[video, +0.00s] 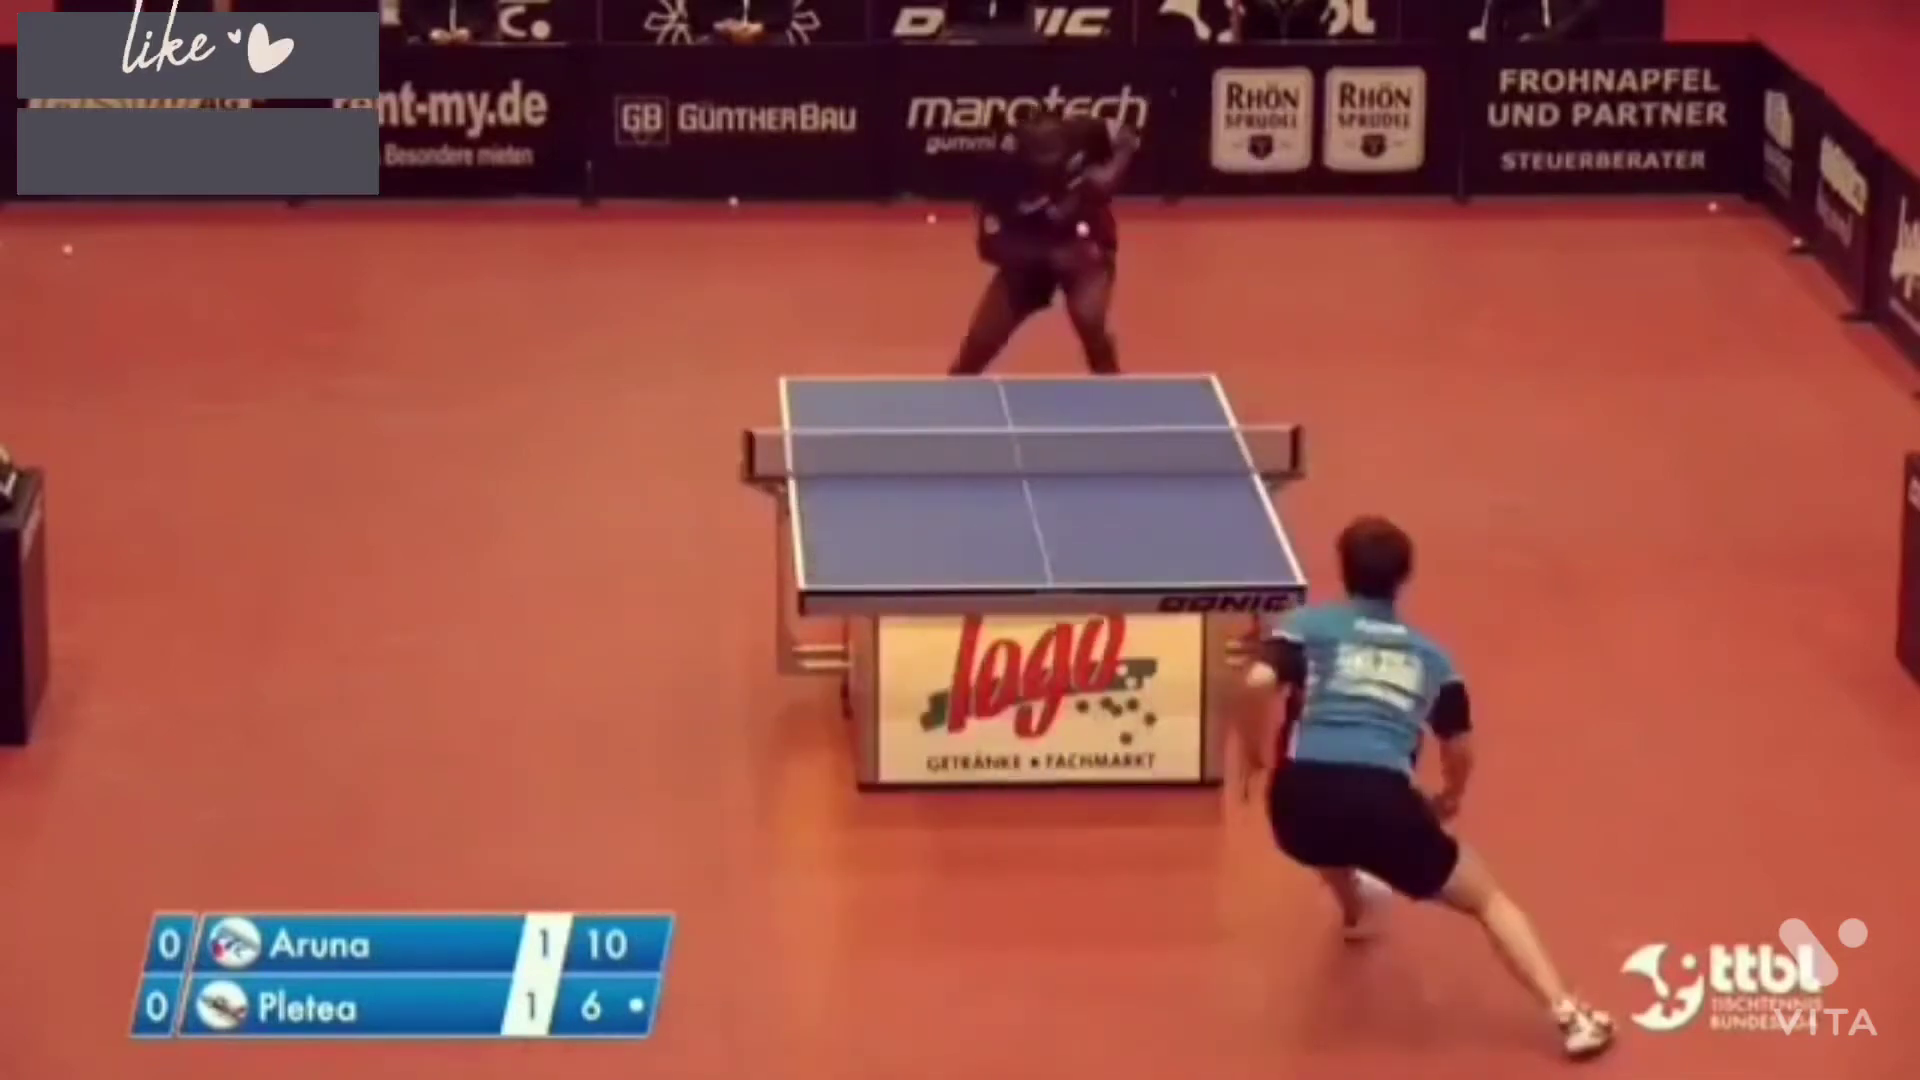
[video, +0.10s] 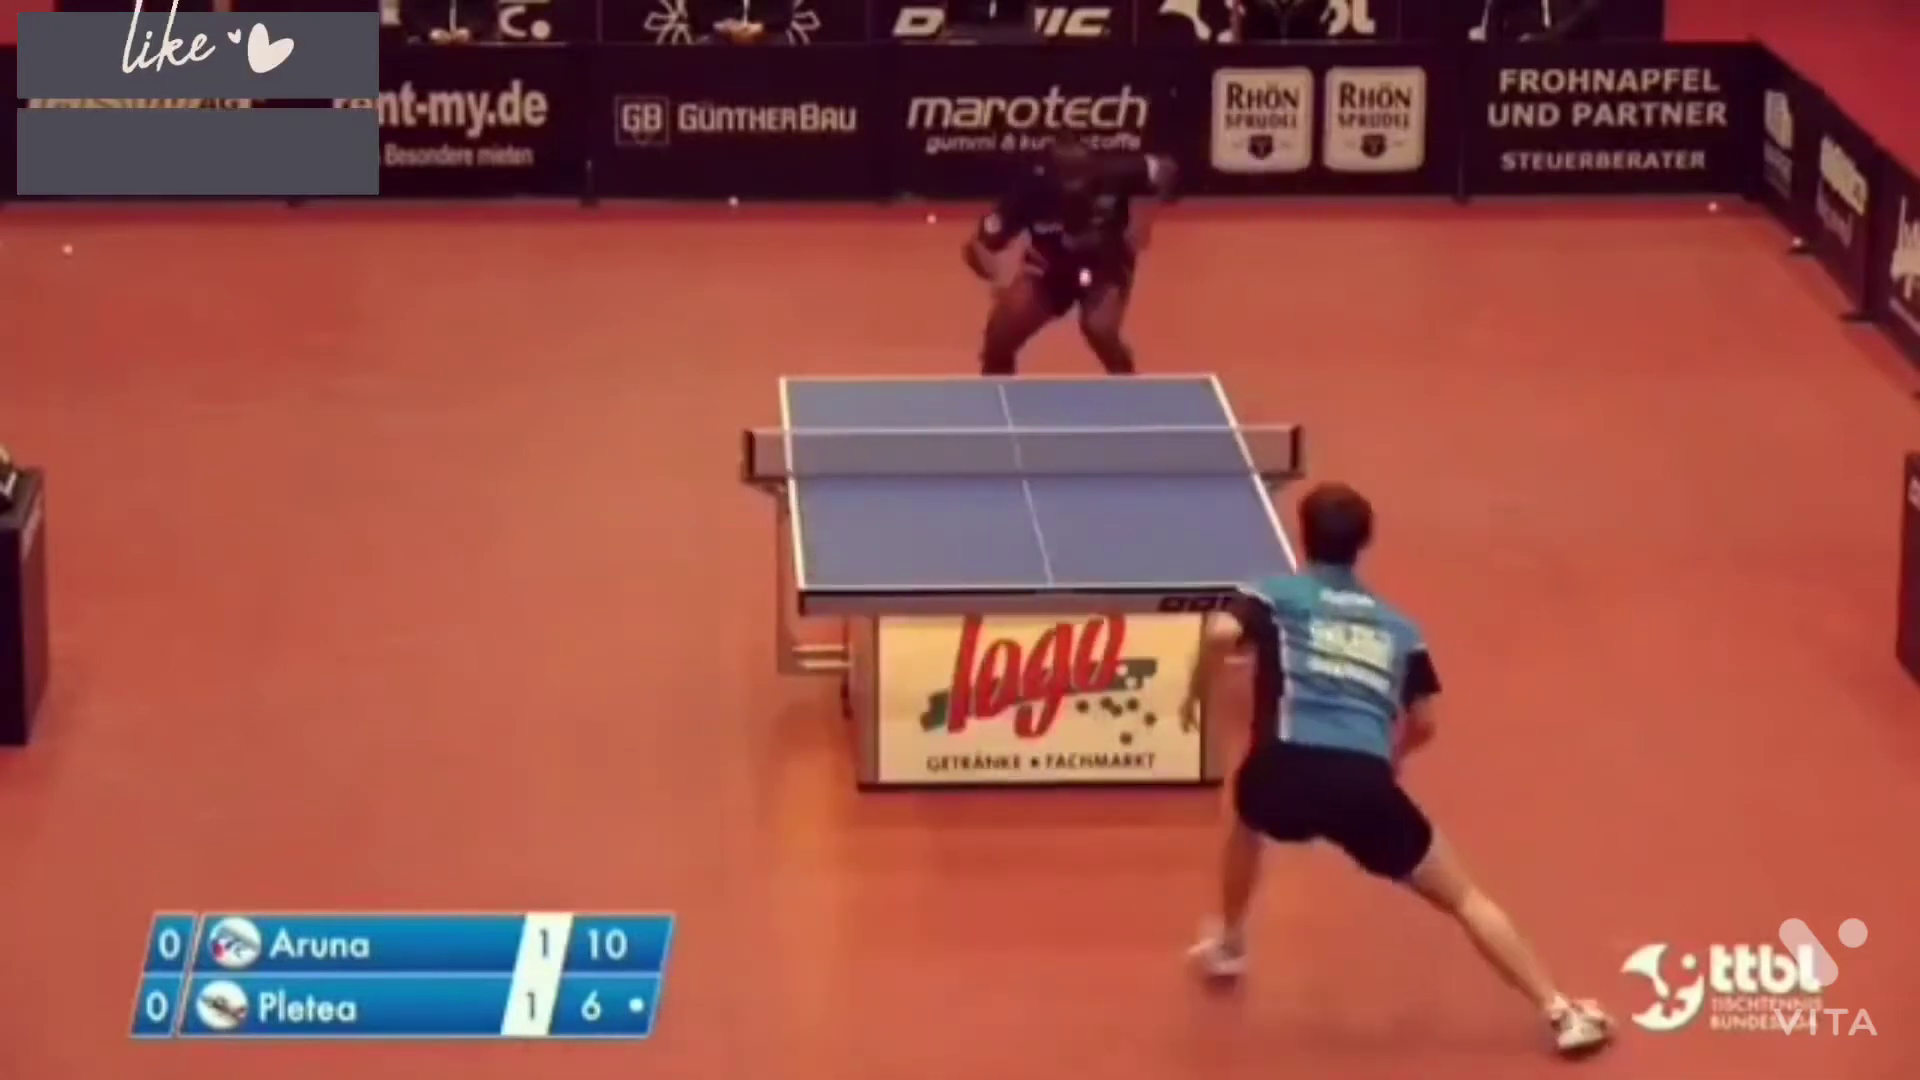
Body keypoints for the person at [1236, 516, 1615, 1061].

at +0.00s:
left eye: (1344, 564)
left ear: (1344, 572)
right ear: (1404, 576)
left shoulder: (1310, 624)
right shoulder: (1429, 655)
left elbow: (1255, 682)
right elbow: (1457, 746)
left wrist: (1258, 757)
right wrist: (1451, 796)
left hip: (1301, 798)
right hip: (1382, 804)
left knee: (1328, 844)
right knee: (1486, 899)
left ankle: (1352, 904)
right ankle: (1567, 1014)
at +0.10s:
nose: (1301, 538)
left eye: (1301, 529)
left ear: (1305, 539)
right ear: (1364, 543)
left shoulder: (1271, 593)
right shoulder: (1397, 626)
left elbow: (1218, 637)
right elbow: (1423, 724)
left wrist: (1200, 700)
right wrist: (1382, 760)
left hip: (1282, 774)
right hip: (1364, 783)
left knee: (1246, 825)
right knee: (1463, 898)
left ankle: (1229, 944)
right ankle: (1560, 1012)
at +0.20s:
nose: (1258, 520)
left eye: (1259, 512)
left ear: (1257, 522)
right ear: (1314, 526)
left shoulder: (1230, 575)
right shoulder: (1350, 604)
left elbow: (1170, 636)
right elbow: (1383, 699)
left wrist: (1142, 669)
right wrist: (1334, 727)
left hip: (1247, 759)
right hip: (1327, 765)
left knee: (1174, 816)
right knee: (1428, 871)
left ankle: (1152, 955)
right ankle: (1486, 1005)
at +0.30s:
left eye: (1179, 520)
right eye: (1211, 521)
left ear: (1171, 532)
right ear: (1230, 532)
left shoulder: (1155, 593)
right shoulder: (1271, 602)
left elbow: (1085, 662)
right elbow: (1307, 687)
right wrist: (1238, 687)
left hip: (1194, 792)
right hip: (1276, 791)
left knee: (1091, 884)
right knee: (1361, 899)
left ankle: (1062, 1015)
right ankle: (1413, 1033)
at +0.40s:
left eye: (1115, 535)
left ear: (1110, 545)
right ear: (1171, 545)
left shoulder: (1098, 605)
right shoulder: (1208, 614)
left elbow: (1025, 670)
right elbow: (1236, 694)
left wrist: (1019, 675)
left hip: (1148, 803)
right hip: (1229, 801)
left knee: (1041, 911)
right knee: (1292, 886)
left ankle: (1062, 1051)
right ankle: (1378, 981)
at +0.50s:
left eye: (1038, 553)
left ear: (1037, 562)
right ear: (1096, 562)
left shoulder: (1030, 615)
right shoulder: (1128, 621)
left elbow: (963, 674)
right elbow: (1121, 718)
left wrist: (1000, 654)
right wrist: (1036, 752)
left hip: (1121, 808)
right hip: (1196, 797)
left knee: (998, 910)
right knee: (1189, 844)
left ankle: (1056, 1050)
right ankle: (1252, 955)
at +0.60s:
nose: (994, 563)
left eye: (997, 554)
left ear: (999, 560)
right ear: (1057, 558)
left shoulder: (1001, 610)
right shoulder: (1091, 607)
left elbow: (938, 659)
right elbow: (1086, 697)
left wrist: (978, 629)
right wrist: (1030, 756)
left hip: (1105, 795)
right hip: (1175, 780)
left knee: (990, 909)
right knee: (1137, 835)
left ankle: (1056, 1048)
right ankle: (1167, 948)